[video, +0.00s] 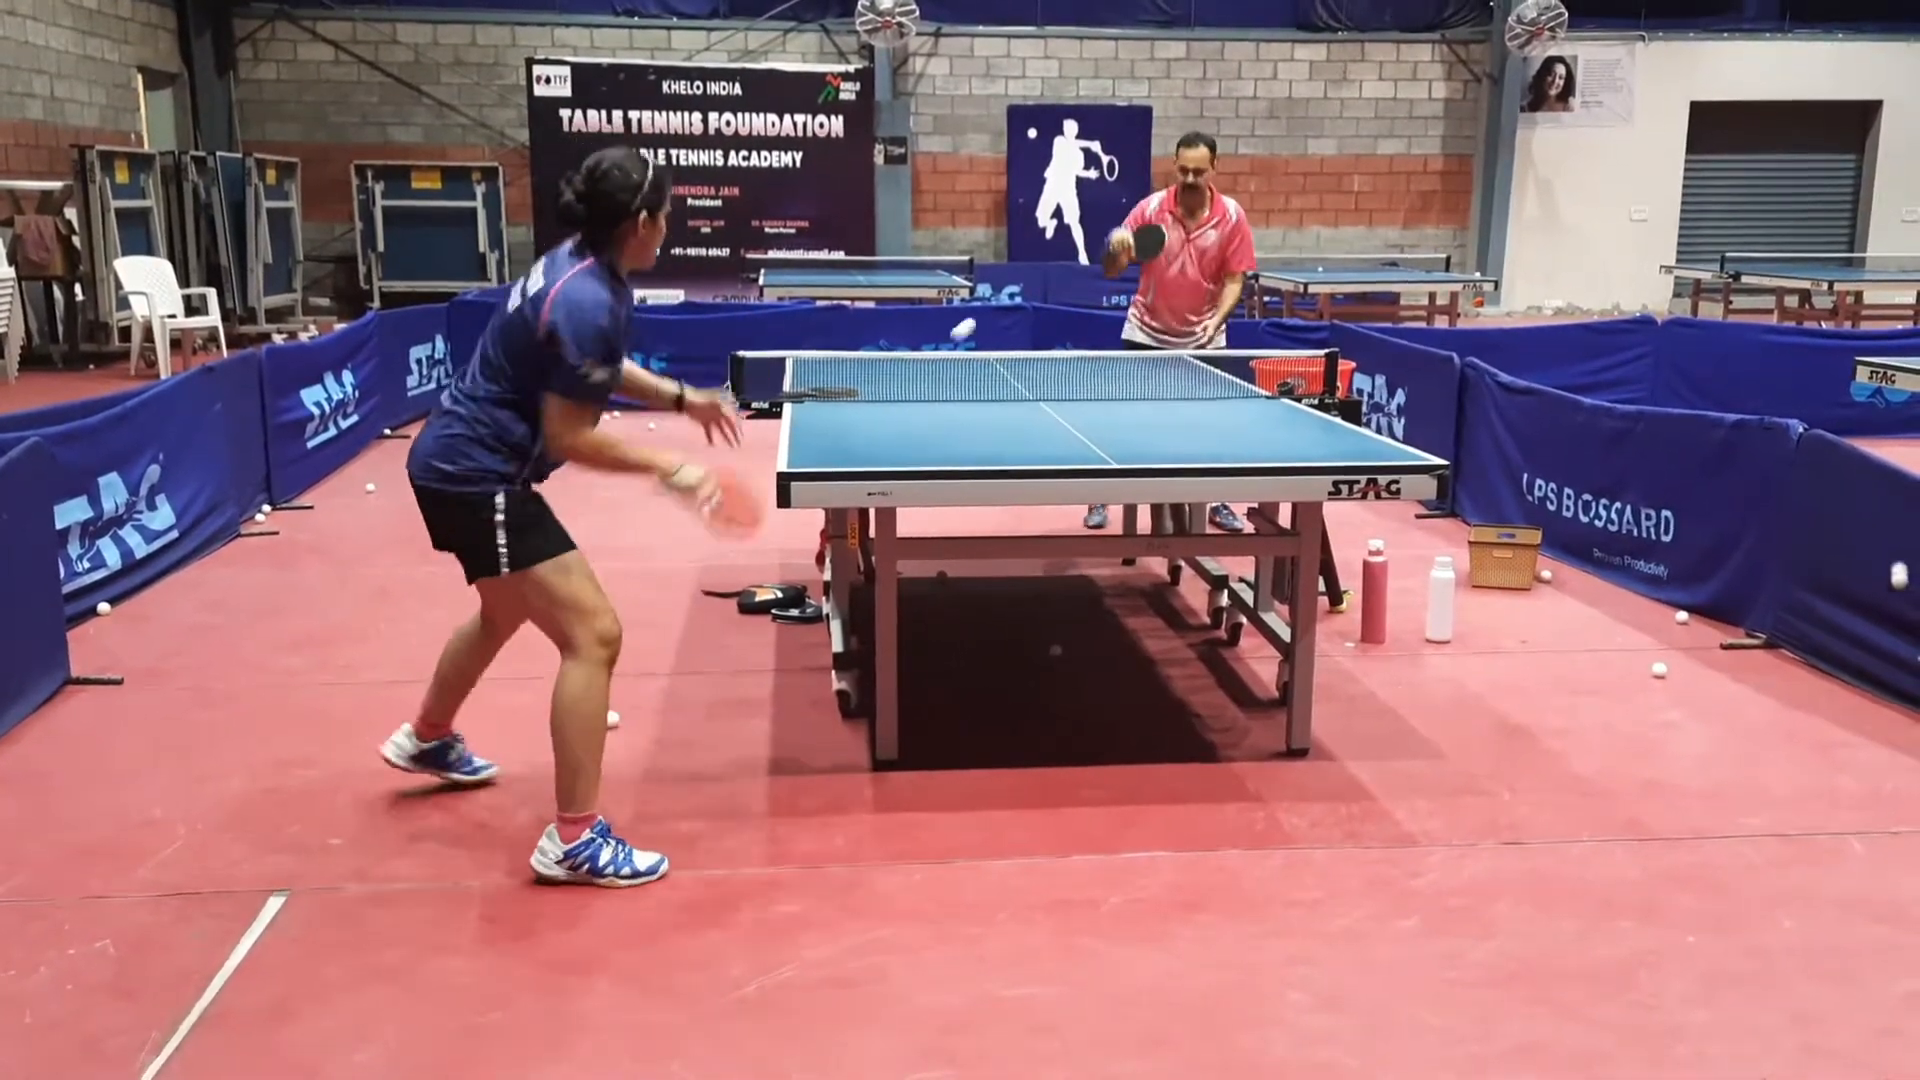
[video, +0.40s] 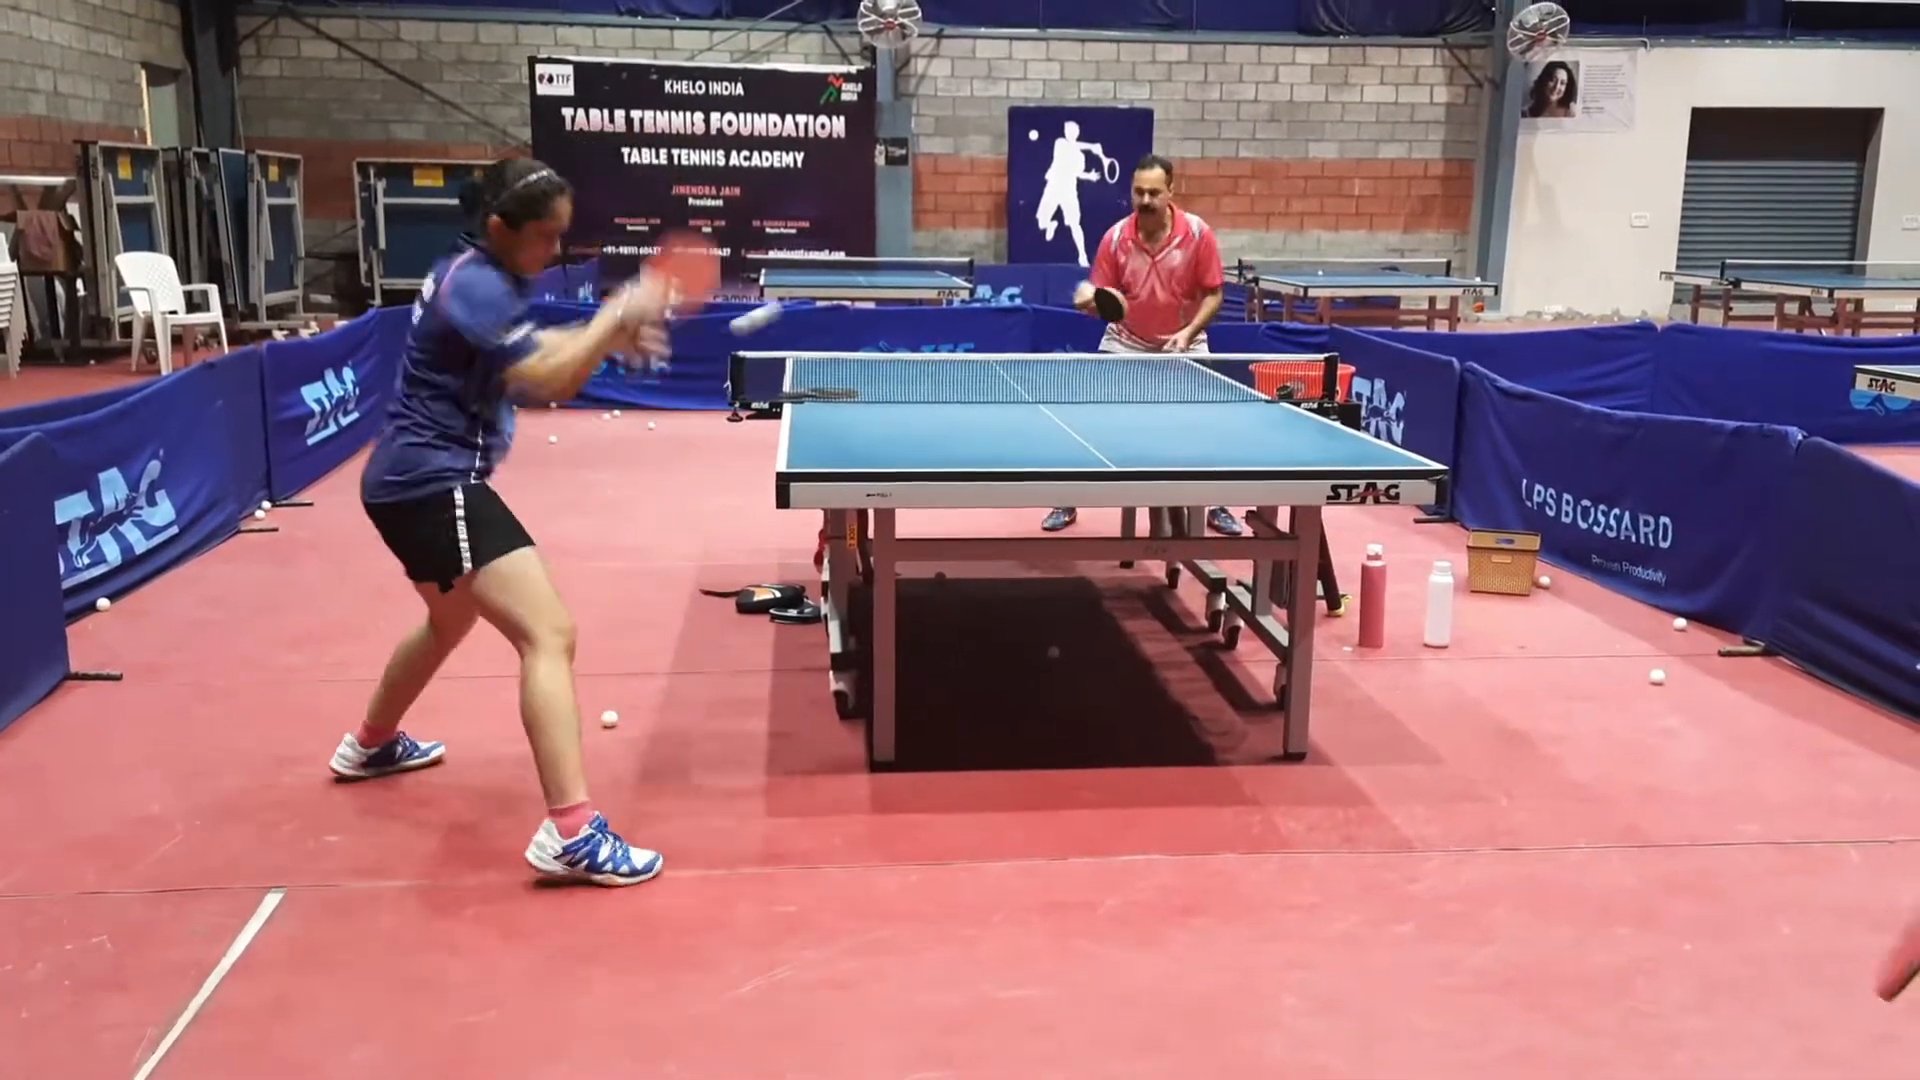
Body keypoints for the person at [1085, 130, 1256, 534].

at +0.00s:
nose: (1189, 179)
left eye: (1198, 172)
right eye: (1183, 171)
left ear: (1213, 171)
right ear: (1173, 168)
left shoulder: (1231, 216)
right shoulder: (1150, 208)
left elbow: (1235, 278)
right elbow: (1110, 270)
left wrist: (1215, 321)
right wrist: (1117, 247)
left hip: (1204, 337)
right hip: (1144, 333)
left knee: (1219, 418)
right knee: (1121, 412)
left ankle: (1216, 500)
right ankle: (1100, 498)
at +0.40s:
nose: (1144, 200)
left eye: (1153, 193)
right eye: (1138, 192)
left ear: (1170, 193)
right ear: (1131, 193)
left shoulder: (1198, 235)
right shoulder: (1116, 237)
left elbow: (1214, 295)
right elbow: (1102, 295)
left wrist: (1187, 334)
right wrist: (1090, 301)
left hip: (1183, 346)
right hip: (1123, 342)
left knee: (1207, 419)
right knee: (1086, 414)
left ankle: (1214, 503)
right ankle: (1065, 501)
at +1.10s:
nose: (1181, 207)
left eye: (1189, 200)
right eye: (1173, 199)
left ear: (1202, 199)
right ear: (1162, 196)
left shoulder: (1218, 240)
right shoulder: (1139, 239)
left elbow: (1222, 296)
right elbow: (1115, 300)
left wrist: (1215, 334)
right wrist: (1135, 318)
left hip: (1191, 355)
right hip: (1132, 352)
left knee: (1209, 429)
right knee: (1100, 423)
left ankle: (1219, 513)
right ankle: (1071, 509)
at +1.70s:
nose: (1146, 217)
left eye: (1155, 209)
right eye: (1140, 209)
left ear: (1171, 209)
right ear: (1133, 209)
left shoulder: (1198, 249)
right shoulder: (1116, 252)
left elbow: (1215, 307)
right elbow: (1100, 312)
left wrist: (1199, 340)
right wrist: (1084, 320)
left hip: (1185, 362)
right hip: (1126, 360)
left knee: (1217, 433)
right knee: (1090, 427)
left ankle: (1237, 519)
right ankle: (1070, 513)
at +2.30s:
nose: (1169, 222)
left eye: (1178, 214)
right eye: (1162, 213)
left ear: (1191, 210)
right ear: (1151, 210)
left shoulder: (1209, 251)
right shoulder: (1132, 250)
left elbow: (1213, 307)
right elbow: (1112, 314)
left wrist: (1202, 355)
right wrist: (1125, 300)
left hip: (1181, 363)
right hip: (1123, 361)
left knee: (1206, 438)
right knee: (1086, 429)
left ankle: (1224, 522)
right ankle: (1056, 513)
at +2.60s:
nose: (1153, 224)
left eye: (1161, 217)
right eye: (1146, 215)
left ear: (1175, 216)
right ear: (1137, 214)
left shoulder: (1197, 261)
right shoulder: (1114, 259)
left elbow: (1205, 319)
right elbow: (1098, 317)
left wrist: (1192, 355)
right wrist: (1111, 330)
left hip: (1172, 369)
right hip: (1112, 366)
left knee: (1205, 437)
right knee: (1070, 428)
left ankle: (1217, 522)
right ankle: (1047, 516)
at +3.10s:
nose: (1119, 225)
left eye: (1127, 217)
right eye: (1112, 217)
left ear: (1142, 216)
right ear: (1104, 215)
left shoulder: (1167, 257)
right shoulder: (1084, 259)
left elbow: (1179, 315)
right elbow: (1068, 316)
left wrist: (1162, 351)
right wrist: (1055, 335)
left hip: (1153, 365)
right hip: (1096, 362)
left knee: (1191, 431)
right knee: (1056, 428)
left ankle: (1207, 522)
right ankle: (1037, 515)